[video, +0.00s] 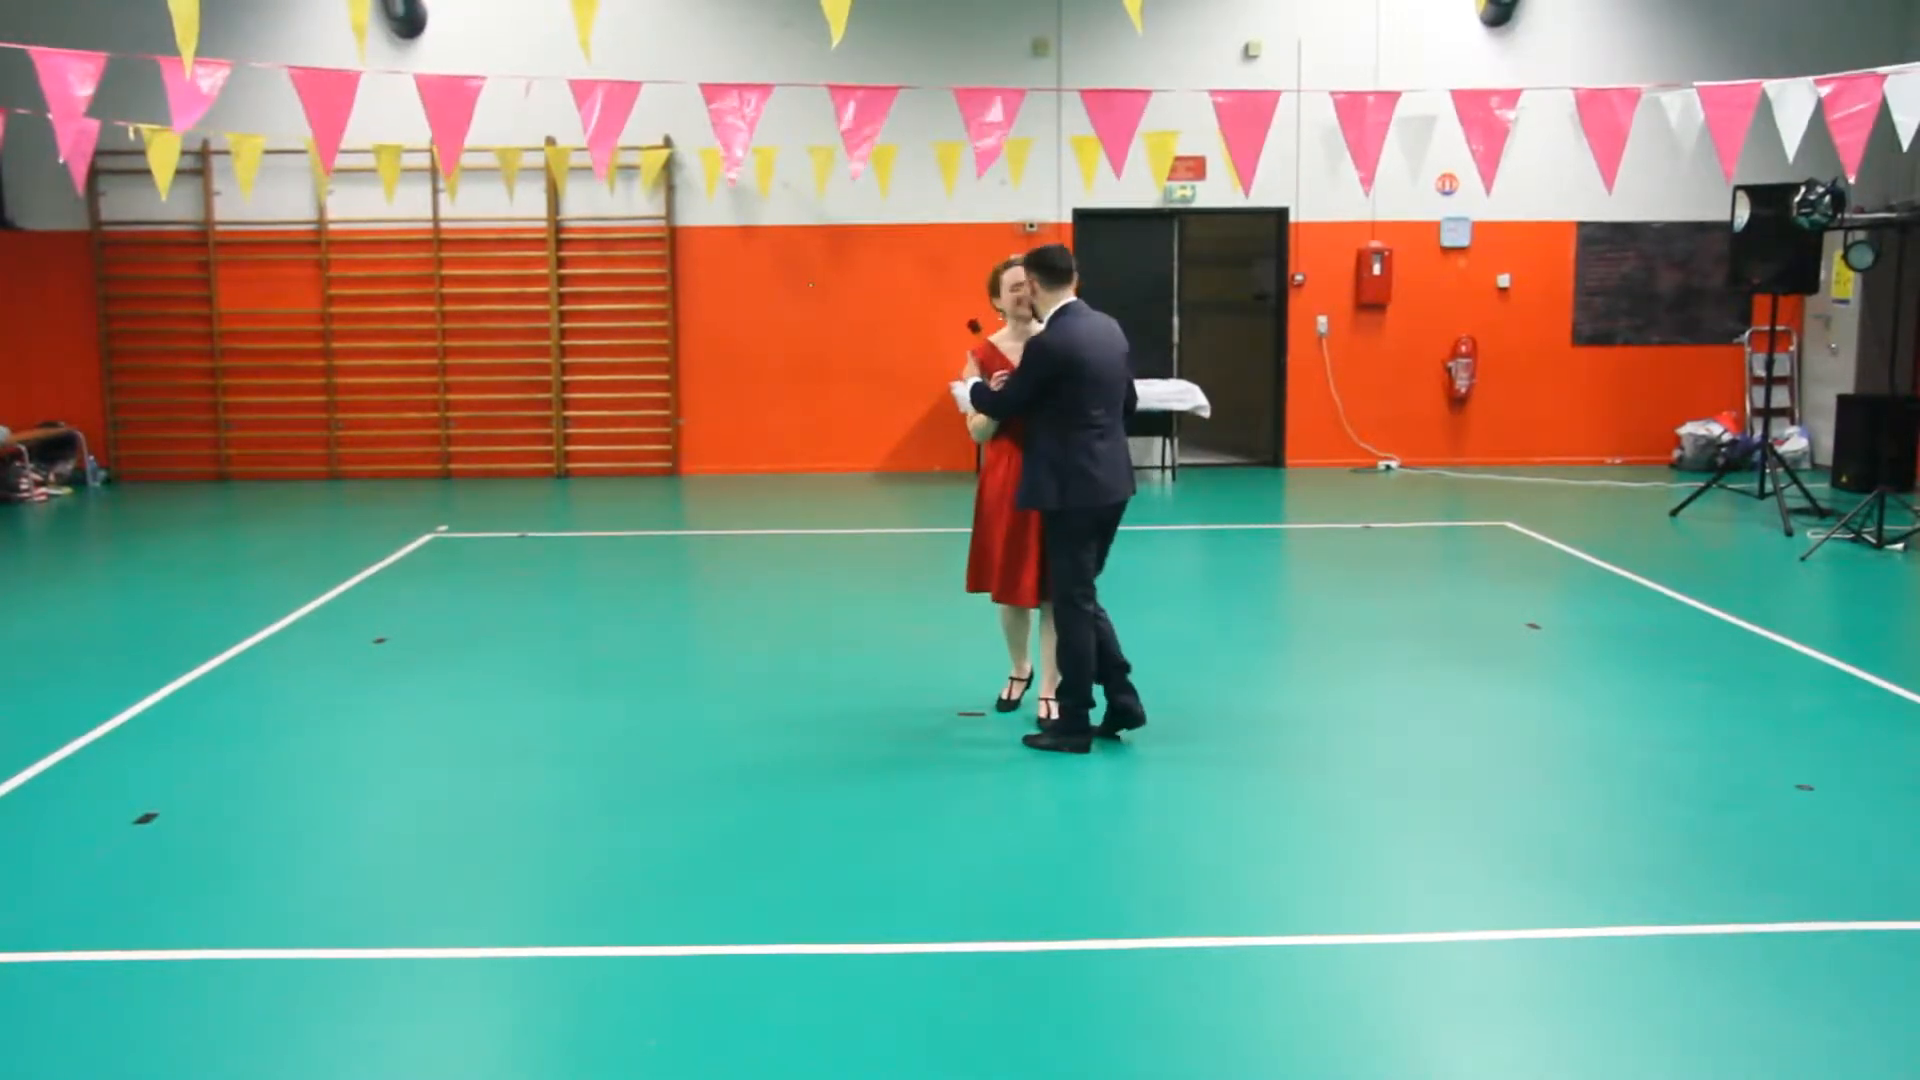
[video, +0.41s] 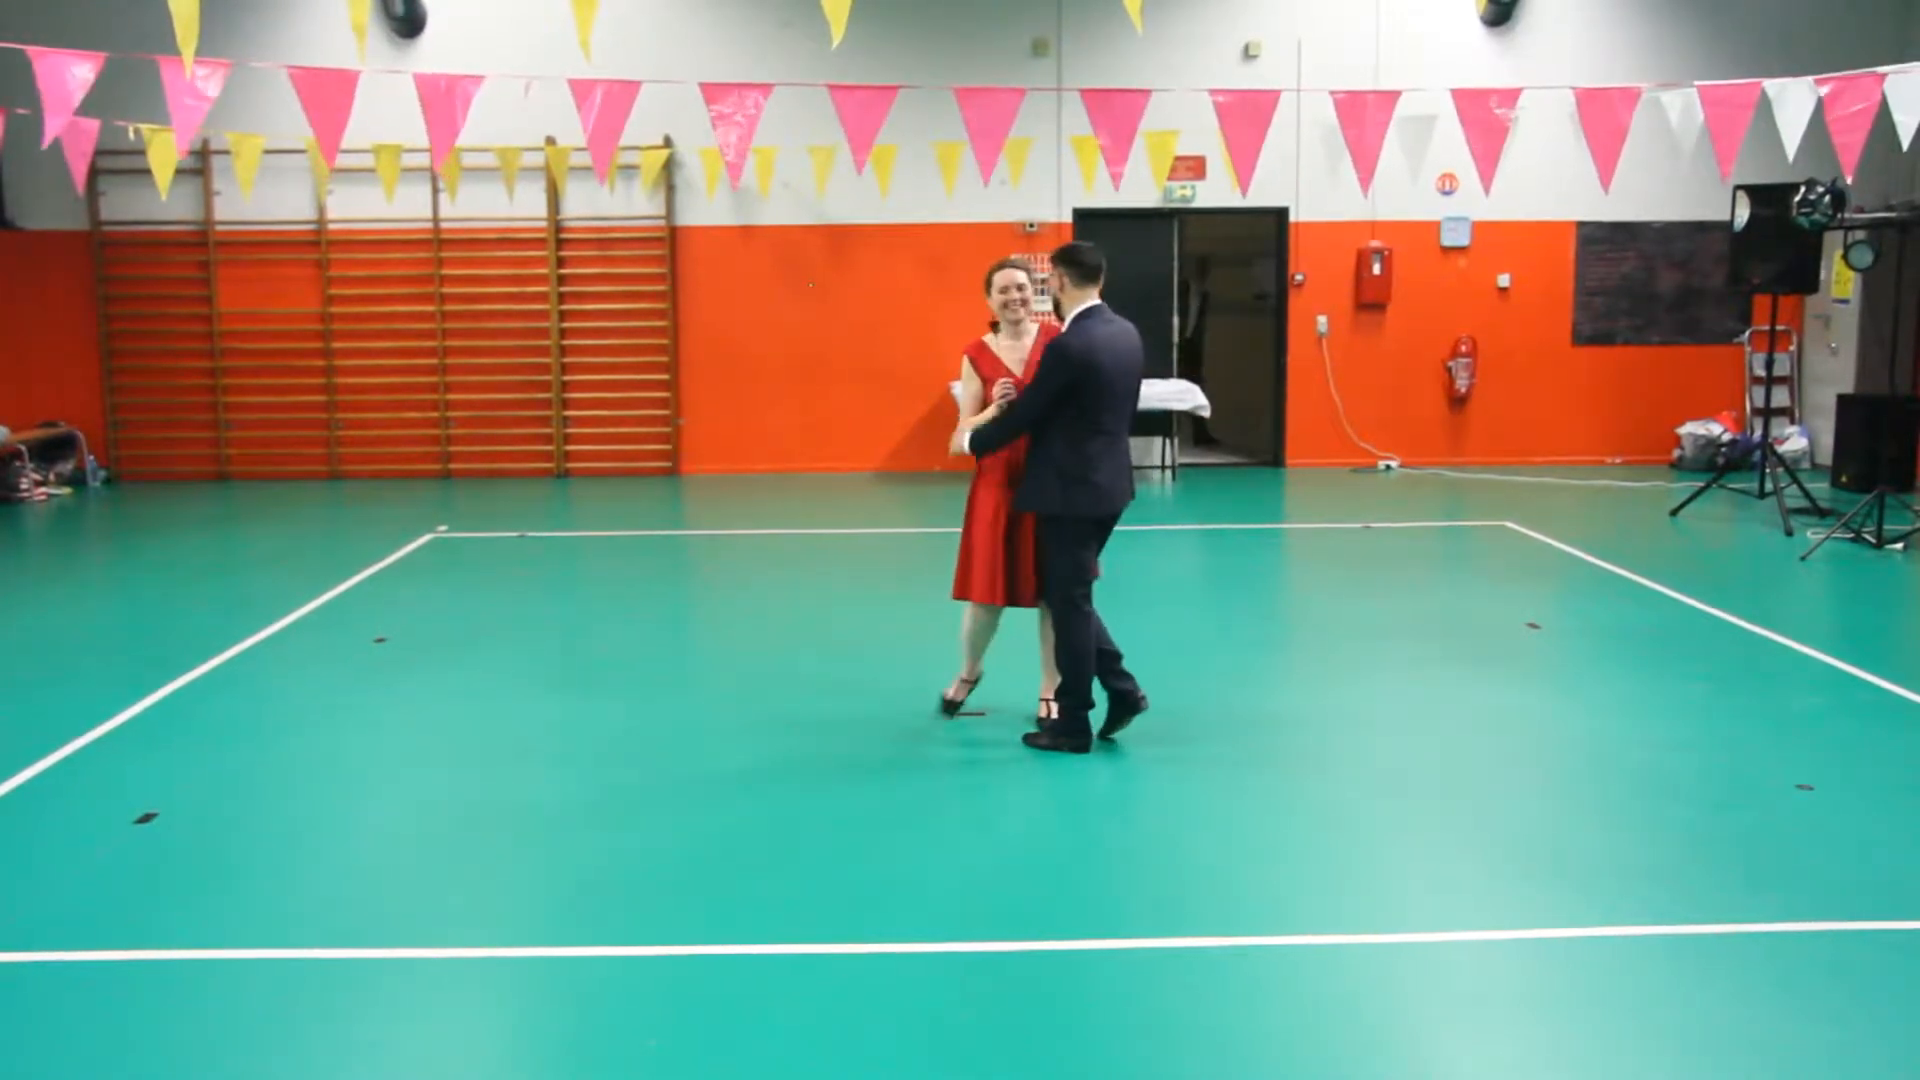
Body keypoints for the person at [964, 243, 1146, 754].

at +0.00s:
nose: (1026, 295)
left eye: (1027, 287)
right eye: (1023, 287)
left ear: (1035, 287)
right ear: (1076, 280)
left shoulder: (1048, 342)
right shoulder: (1111, 330)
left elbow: (1004, 404)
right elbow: (1127, 403)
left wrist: (975, 386)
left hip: (1071, 488)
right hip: (1112, 482)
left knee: (1070, 600)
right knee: (1079, 595)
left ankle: (1073, 723)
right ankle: (1123, 701)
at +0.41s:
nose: (1041, 288)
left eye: (1044, 280)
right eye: (1041, 280)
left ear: (1057, 280)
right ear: (1101, 281)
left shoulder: (1068, 345)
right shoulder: (1128, 334)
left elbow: (1027, 411)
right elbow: (1099, 409)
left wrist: (974, 438)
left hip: (1069, 489)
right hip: (1109, 484)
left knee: (1067, 601)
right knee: (1067, 595)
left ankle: (1072, 724)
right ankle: (1121, 689)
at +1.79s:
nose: (1136, 291)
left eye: (1147, 281)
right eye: (1131, 283)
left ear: (1175, 281)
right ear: (1127, 290)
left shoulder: (1210, 335)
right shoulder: (1147, 341)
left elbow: (1226, 421)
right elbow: (1128, 415)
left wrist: (1205, 492)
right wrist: (1088, 472)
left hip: (1203, 492)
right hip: (1154, 491)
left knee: (1222, 606)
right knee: (1166, 611)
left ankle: (1263, 713)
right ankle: (1162, 713)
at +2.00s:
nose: (1172, 289)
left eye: (1183, 279)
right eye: (1165, 281)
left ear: (1209, 282)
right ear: (1159, 288)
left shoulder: (1241, 338)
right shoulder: (1159, 341)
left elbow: (1261, 420)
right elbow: (1145, 411)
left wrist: (1242, 493)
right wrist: (1103, 461)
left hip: (1230, 491)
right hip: (1175, 490)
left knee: (1247, 607)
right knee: (1175, 609)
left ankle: (1267, 713)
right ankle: (1164, 712)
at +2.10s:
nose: (1200, 289)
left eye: (1209, 279)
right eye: (1191, 281)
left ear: (1229, 283)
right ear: (1179, 288)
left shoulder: (1259, 339)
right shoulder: (1175, 341)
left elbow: (1279, 422)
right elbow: (1156, 409)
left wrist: (1269, 499)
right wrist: (1110, 453)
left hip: (1243, 491)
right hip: (1189, 489)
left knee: (1259, 609)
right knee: (1182, 608)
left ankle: (1268, 716)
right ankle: (1164, 713)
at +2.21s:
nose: (1207, 291)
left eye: (1217, 281)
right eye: (1198, 282)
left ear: (1240, 285)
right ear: (1188, 289)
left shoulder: (1270, 341)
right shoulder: (1181, 340)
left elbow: (1292, 424)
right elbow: (1163, 405)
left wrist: (1291, 501)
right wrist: (1114, 448)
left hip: (1253, 492)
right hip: (1199, 490)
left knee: (1268, 610)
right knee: (1187, 607)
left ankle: (1270, 716)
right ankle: (1164, 713)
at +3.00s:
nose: (1232, 283)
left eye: (1238, 275)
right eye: (1221, 276)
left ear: (1251, 282)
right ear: (1201, 286)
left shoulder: (1274, 343)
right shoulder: (1180, 341)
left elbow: (1297, 421)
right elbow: (1150, 417)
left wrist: (1320, 492)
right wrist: (1111, 474)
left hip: (1251, 485)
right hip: (1191, 484)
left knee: (1268, 605)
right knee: (1180, 595)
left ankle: (1270, 713)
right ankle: (1175, 689)